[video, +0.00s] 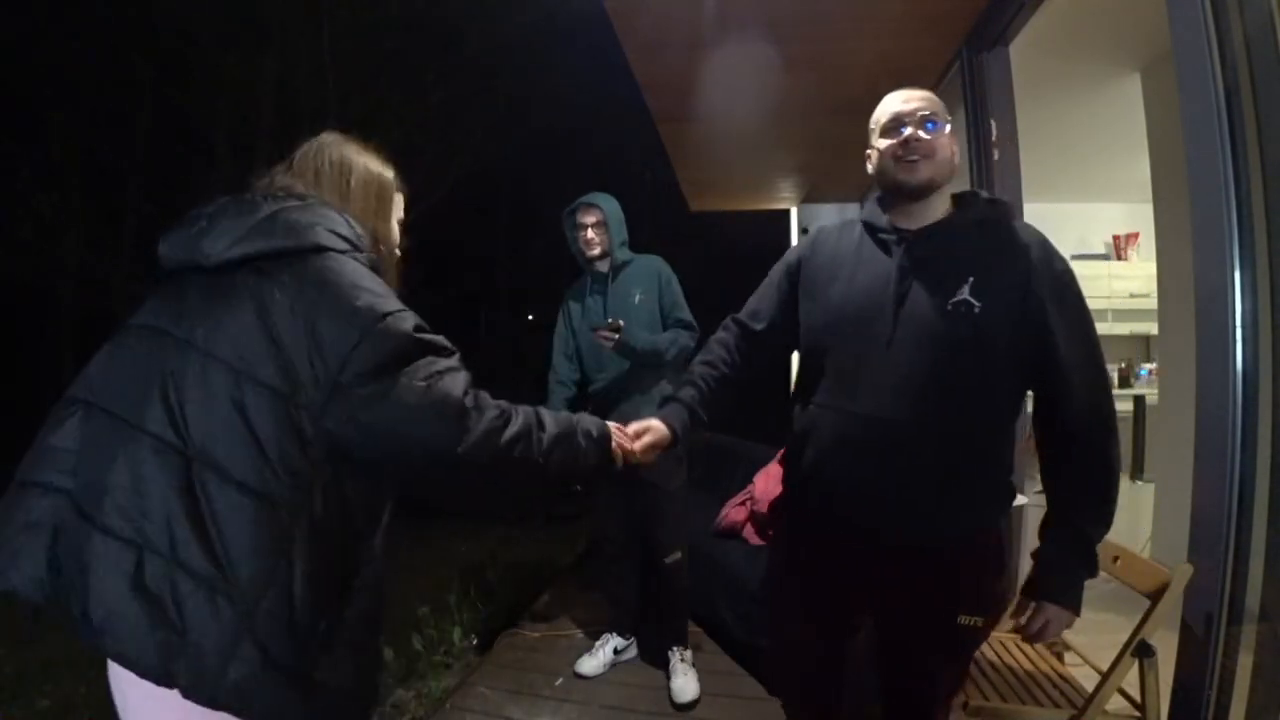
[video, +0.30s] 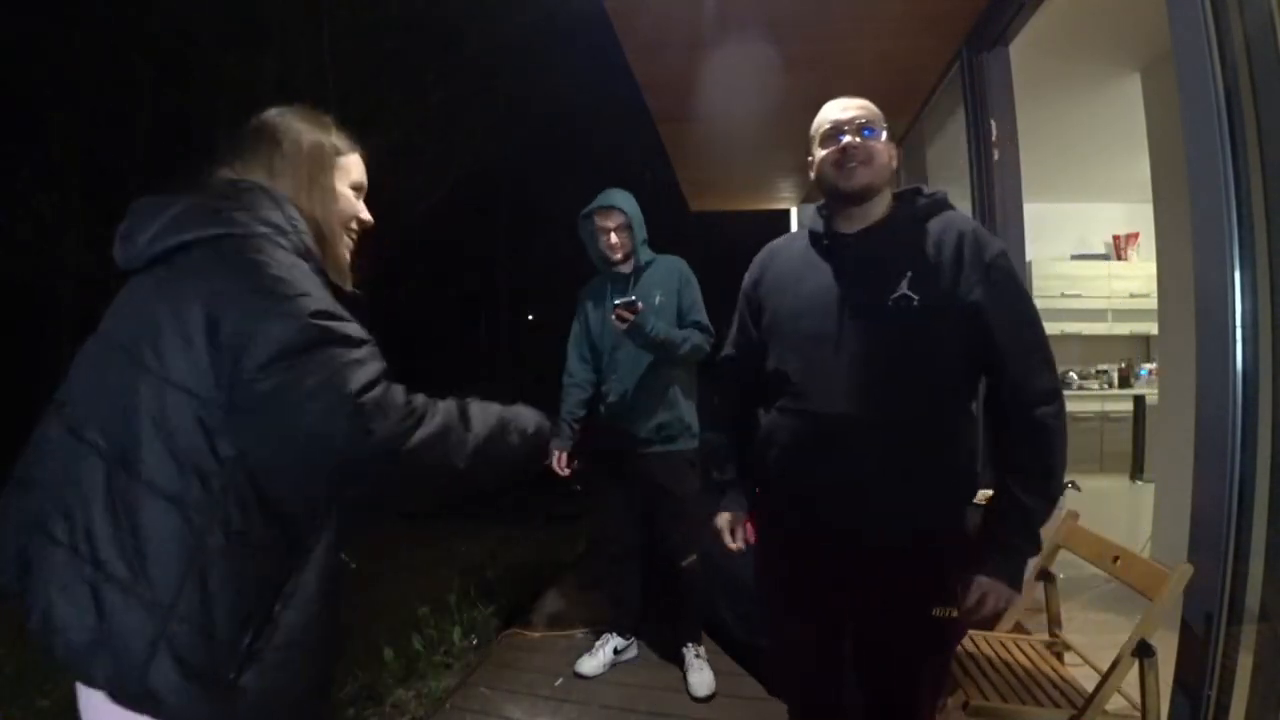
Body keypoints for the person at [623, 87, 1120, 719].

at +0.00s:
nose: (912, 132)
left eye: (930, 122)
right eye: (894, 126)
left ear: (957, 153)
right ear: (869, 158)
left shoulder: (1018, 255)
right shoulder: (821, 249)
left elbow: (1081, 419)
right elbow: (740, 344)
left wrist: (1063, 569)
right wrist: (673, 419)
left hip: (951, 542)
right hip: (821, 532)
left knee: (916, 703)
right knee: (813, 699)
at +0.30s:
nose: (849, 141)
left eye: (867, 130)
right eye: (831, 136)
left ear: (895, 153)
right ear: (812, 169)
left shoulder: (959, 247)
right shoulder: (774, 263)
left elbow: (1032, 406)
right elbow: (730, 385)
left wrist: (1006, 555)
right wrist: (728, 490)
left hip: (918, 532)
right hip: (799, 532)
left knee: (902, 702)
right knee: (812, 698)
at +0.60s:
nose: (820, 143)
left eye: (837, 132)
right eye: (802, 138)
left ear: (867, 157)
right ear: (786, 172)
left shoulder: (929, 239)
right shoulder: (753, 269)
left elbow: (1011, 390)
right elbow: (721, 398)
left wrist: (976, 537)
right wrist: (713, 497)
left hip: (906, 532)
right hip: (789, 532)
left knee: (893, 702)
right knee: (810, 700)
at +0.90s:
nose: (832, 134)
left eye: (849, 122)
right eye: (813, 129)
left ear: (878, 147)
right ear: (793, 164)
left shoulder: (942, 243)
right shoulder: (754, 267)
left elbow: (1020, 410)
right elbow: (711, 390)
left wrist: (983, 569)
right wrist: (701, 491)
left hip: (904, 545)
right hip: (781, 544)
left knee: (886, 704)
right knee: (805, 702)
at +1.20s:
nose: (867, 103)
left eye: (888, 90)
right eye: (847, 98)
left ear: (925, 119)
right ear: (825, 136)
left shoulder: (1001, 239)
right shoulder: (770, 245)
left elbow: (1074, 434)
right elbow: (713, 391)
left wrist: (1012, 611)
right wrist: (717, 511)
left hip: (926, 576)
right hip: (780, 573)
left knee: (898, 707)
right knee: (780, 707)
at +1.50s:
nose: (877, 87)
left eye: (906, 67)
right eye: (862, 78)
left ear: (960, 93)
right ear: (847, 109)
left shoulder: (1030, 205)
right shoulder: (797, 220)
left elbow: (1117, 428)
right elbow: (729, 379)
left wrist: (1027, 642)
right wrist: (725, 500)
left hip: (943, 592)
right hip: (786, 581)